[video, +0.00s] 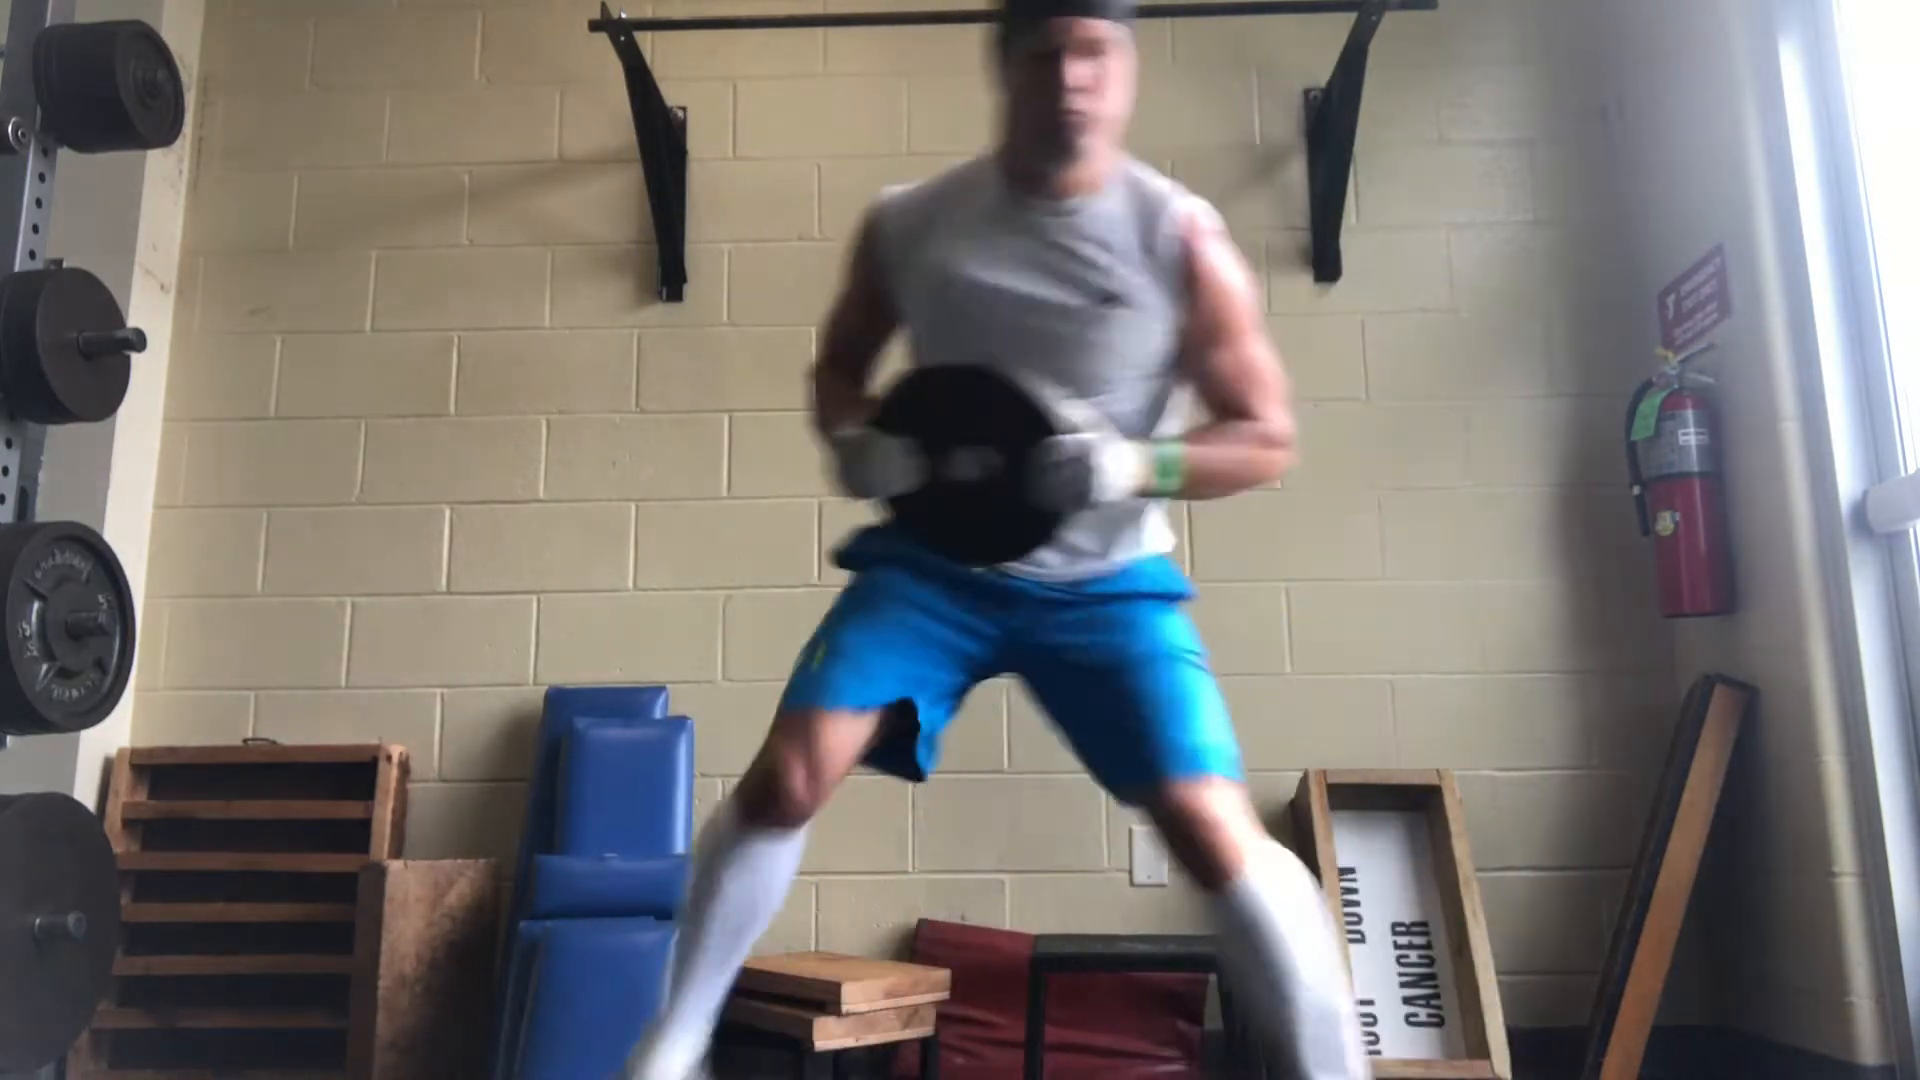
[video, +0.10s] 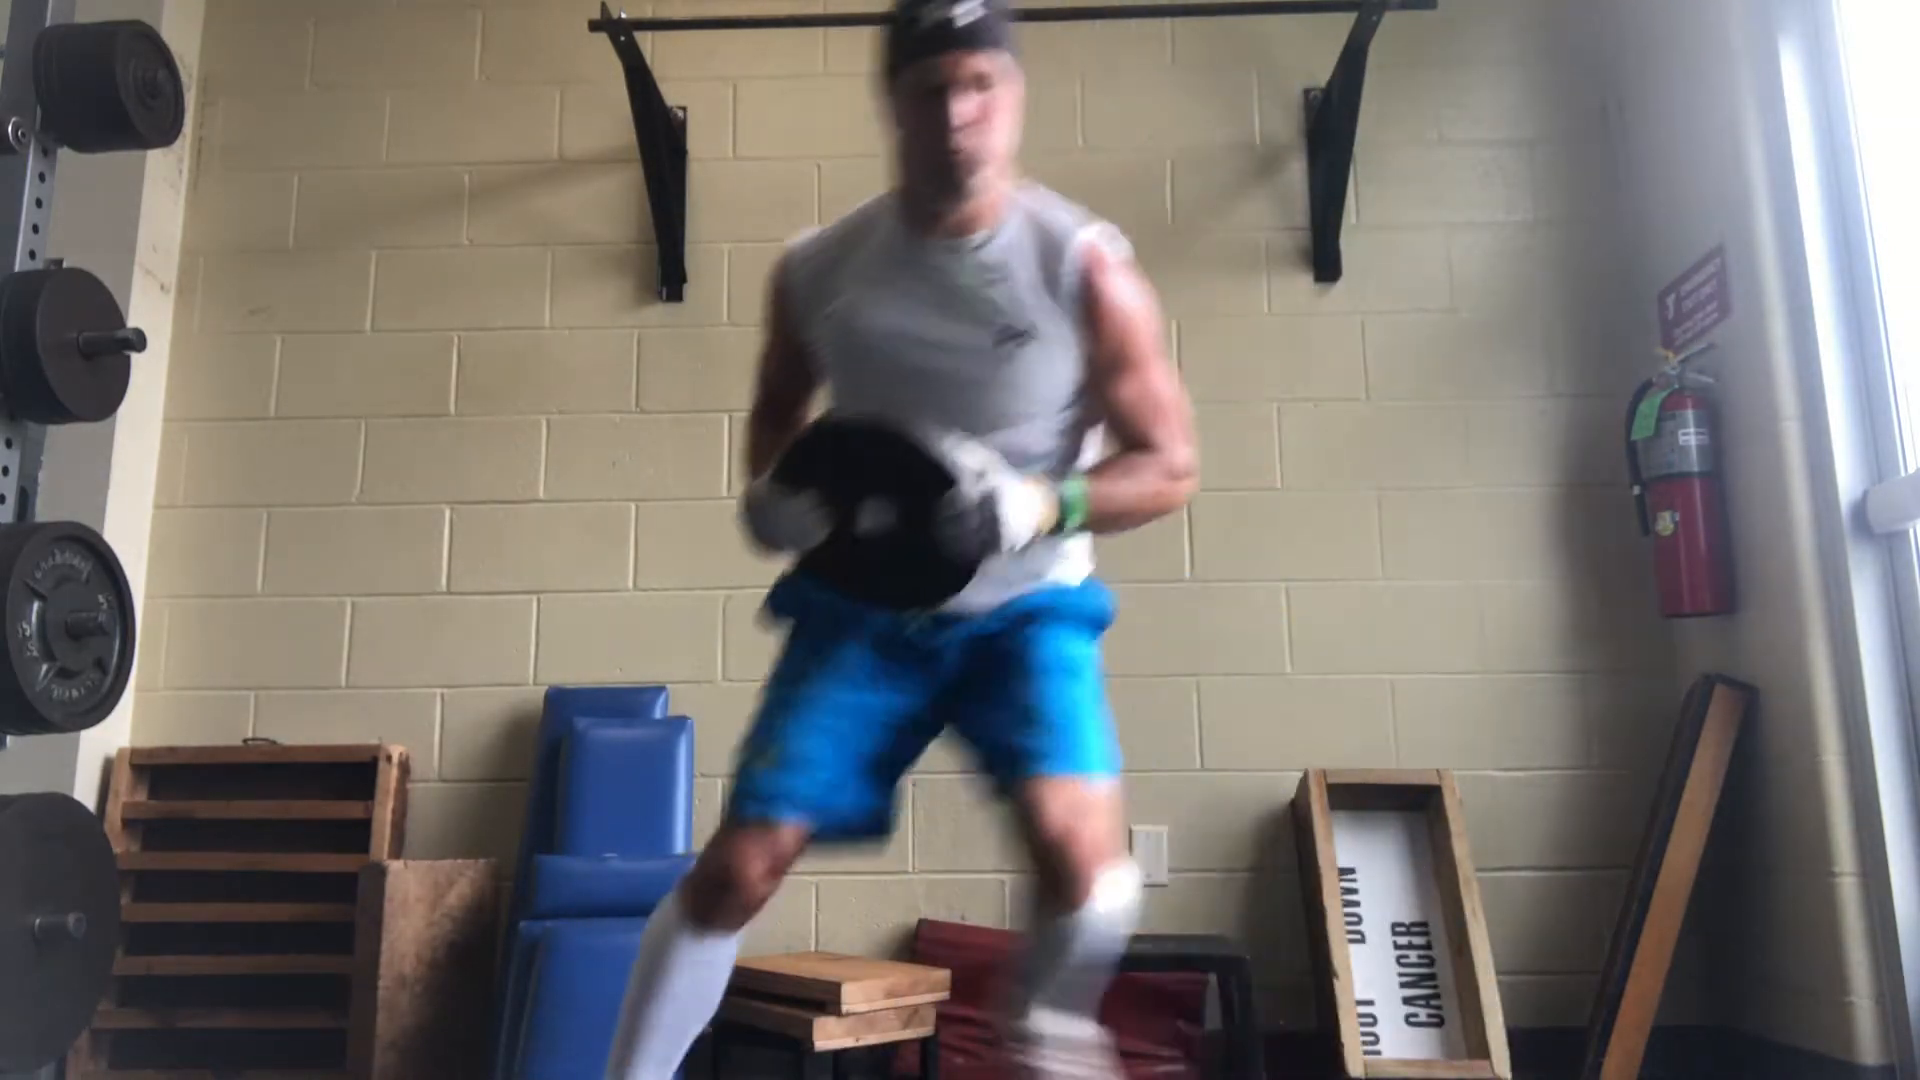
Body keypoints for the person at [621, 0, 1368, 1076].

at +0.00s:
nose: (1070, 79)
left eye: (1094, 52)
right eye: (1042, 54)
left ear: (1129, 70)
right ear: (1001, 72)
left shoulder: (1179, 234)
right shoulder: (910, 228)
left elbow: (1267, 438)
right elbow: (838, 370)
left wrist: (1132, 462)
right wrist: (858, 446)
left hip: (1110, 585)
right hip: (932, 571)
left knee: (1207, 825)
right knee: (787, 777)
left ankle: (1340, 1074)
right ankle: (668, 1058)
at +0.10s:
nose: (958, 116)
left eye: (981, 88)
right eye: (931, 92)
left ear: (1018, 102)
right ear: (892, 110)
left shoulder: (1083, 265)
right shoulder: (816, 276)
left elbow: (1172, 468)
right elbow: (772, 431)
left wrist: (1039, 503)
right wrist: (777, 503)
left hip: (1029, 614)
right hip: (862, 611)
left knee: (1081, 853)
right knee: (742, 867)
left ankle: (1051, 1035)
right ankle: (635, 1077)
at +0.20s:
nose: (857, 164)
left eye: (881, 136)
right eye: (830, 141)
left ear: (917, 149)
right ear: (795, 163)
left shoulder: (1008, 311)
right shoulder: (745, 346)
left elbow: (1122, 486)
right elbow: (727, 499)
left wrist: (1011, 555)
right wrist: (731, 575)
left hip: (974, 656)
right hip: (814, 657)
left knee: (937, 894)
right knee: (695, 883)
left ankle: (856, 987)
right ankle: (625, 1076)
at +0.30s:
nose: (830, 176)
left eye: (852, 147)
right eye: (802, 153)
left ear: (889, 161)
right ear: (767, 180)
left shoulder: (990, 313)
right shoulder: (729, 363)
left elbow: (1128, 472)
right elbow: (723, 512)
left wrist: (1025, 547)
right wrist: (747, 581)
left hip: (971, 665)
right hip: (808, 668)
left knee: (960, 900)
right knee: (689, 886)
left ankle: (995, 979)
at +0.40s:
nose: (886, 145)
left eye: (907, 119)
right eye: (859, 124)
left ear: (945, 132)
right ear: (826, 147)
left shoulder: (1037, 278)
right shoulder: (770, 323)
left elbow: (1187, 415)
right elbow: (754, 485)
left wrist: (1104, 483)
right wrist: (813, 520)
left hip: (1033, 635)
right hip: (857, 647)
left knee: (1132, 847)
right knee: (736, 879)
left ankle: (1196, 1005)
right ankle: (632, 1076)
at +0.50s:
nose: (1006, 104)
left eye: (1027, 76)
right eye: (980, 82)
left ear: (1067, 90)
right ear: (944, 101)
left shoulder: (1145, 241)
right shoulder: (863, 262)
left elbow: (1268, 368)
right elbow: (822, 427)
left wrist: (1217, 419)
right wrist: (899, 461)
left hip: (1121, 588)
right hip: (941, 603)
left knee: (1246, 795)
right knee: (813, 841)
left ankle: (1412, 1053)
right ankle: (703, 1070)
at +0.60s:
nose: (1141, 110)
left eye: (1164, 83)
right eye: (1115, 83)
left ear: (1202, 104)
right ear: (1073, 99)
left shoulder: (1253, 268)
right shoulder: (967, 261)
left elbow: (1335, 408)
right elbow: (910, 441)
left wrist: (1314, 468)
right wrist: (1015, 483)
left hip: (1195, 621)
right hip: (1021, 618)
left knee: (1337, 863)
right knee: (914, 851)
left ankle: (1473, 1074)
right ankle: (932, 1007)